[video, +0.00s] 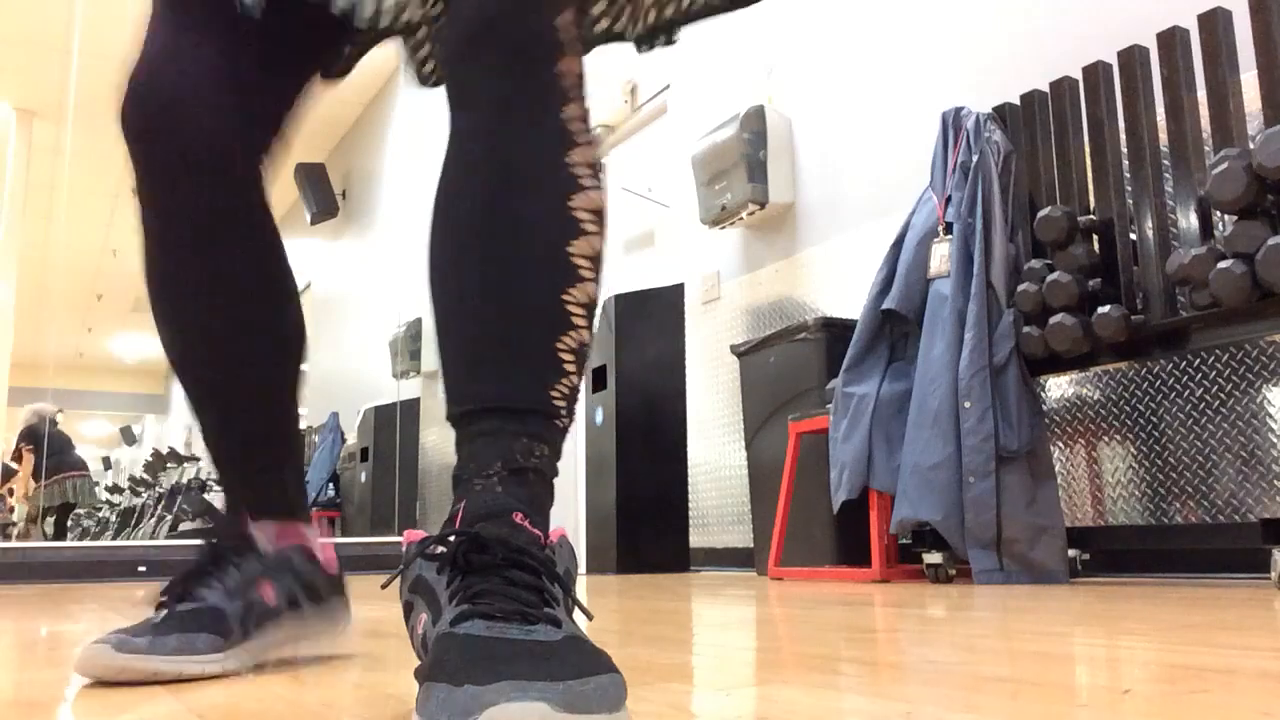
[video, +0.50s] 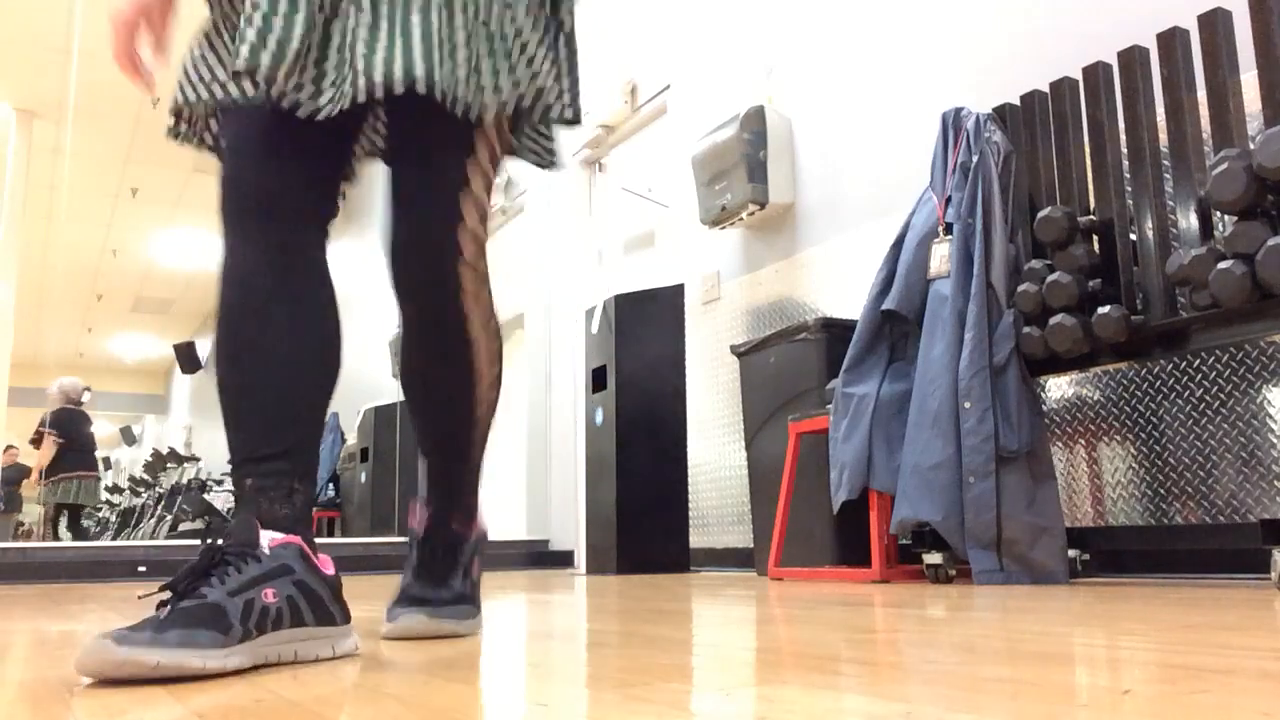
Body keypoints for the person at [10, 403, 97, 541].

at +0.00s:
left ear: (29, 417)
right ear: (50, 417)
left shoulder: (29, 431)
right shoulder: (60, 433)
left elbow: (28, 460)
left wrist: (22, 490)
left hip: (55, 478)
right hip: (82, 477)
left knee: (34, 521)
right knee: (62, 521)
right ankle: (59, 557)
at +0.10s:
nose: (29, 411)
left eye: (31, 408)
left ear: (35, 409)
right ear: (55, 411)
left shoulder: (32, 426)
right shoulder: (64, 427)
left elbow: (27, 456)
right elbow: (74, 451)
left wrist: (21, 482)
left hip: (54, 479)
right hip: (81, 477)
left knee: (33, 524)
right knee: (62, 522)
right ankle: (61, 557)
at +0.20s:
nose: (33, 406)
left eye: (35, 403)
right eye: (34, 403)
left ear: (40, 404)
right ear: (59, 405)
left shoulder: (35, 421)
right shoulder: (67, 423)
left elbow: (29, 452)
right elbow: (78, 450)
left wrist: (21, 479)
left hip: (51, 480)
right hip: (79, 478)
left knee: (35, 521)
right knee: (62, 520)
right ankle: (63, 556)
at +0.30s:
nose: (38, 400)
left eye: (40, 397)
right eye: (39, 397)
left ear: (44, 398)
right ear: (63, 399)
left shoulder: (38, 418)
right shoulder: (72, 419)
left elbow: (33, 447)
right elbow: (82, 447)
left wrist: (24, 475)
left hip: (52, 475)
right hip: (79, 474)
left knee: (40, 519)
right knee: (63, 517)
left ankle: (48, 556)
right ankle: (66, 554)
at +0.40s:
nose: (46, 397)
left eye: (48, 394)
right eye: (47, 394)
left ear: (52, 395)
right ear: (70, 396)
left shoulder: (47, 414)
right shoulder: (78, 415)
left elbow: (40, 448)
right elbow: (86, 446)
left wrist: (30, 474)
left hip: (58, 473)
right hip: (84, 472)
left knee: (46, 518)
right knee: (68, 517)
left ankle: (51, 557)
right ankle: (80, 553)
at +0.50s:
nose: (52, 396)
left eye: (55, 392)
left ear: (58, 394)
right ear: (77, 395)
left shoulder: (55, 416)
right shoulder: (84, 416)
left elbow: (48, 448)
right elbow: (91, 448)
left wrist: (37, 469)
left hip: (62, 476)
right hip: (88, 475)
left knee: (50, 522)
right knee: (75, 522)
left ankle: (55, 561)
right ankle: (84, 557)